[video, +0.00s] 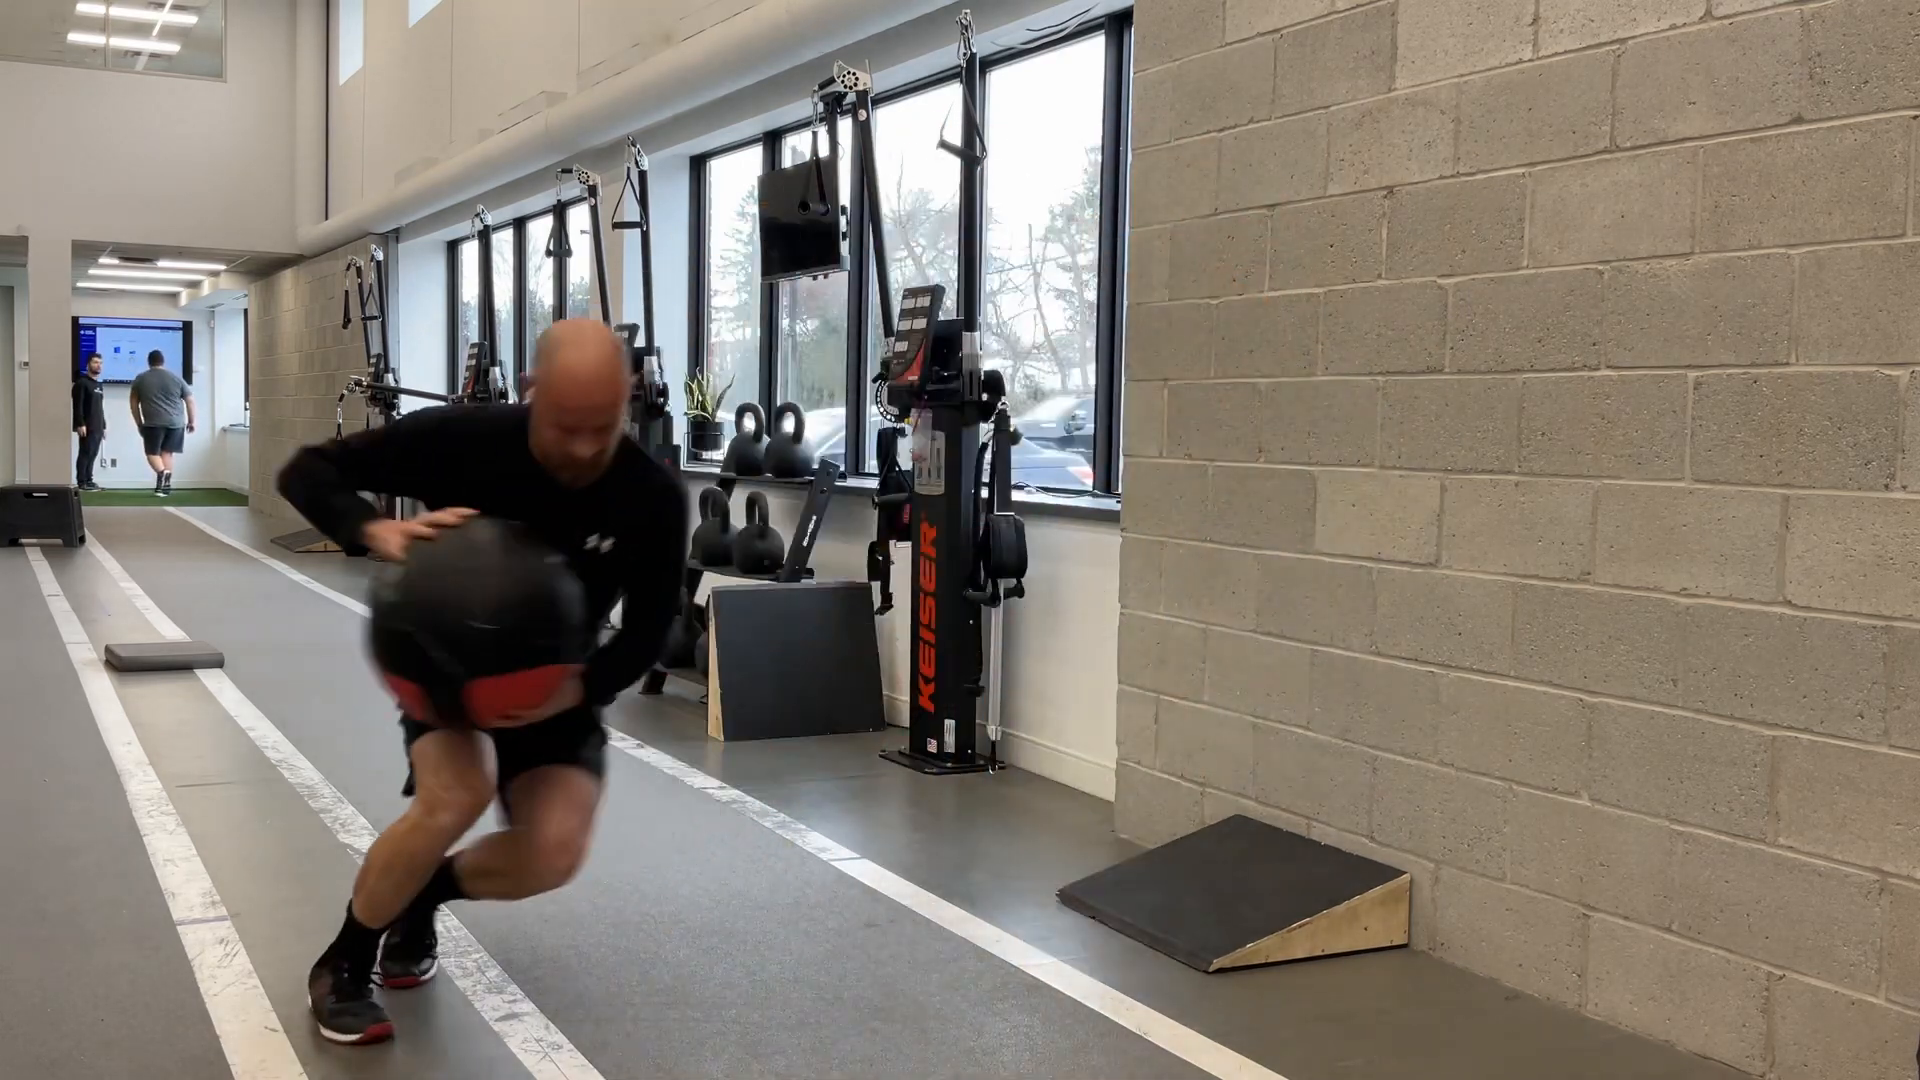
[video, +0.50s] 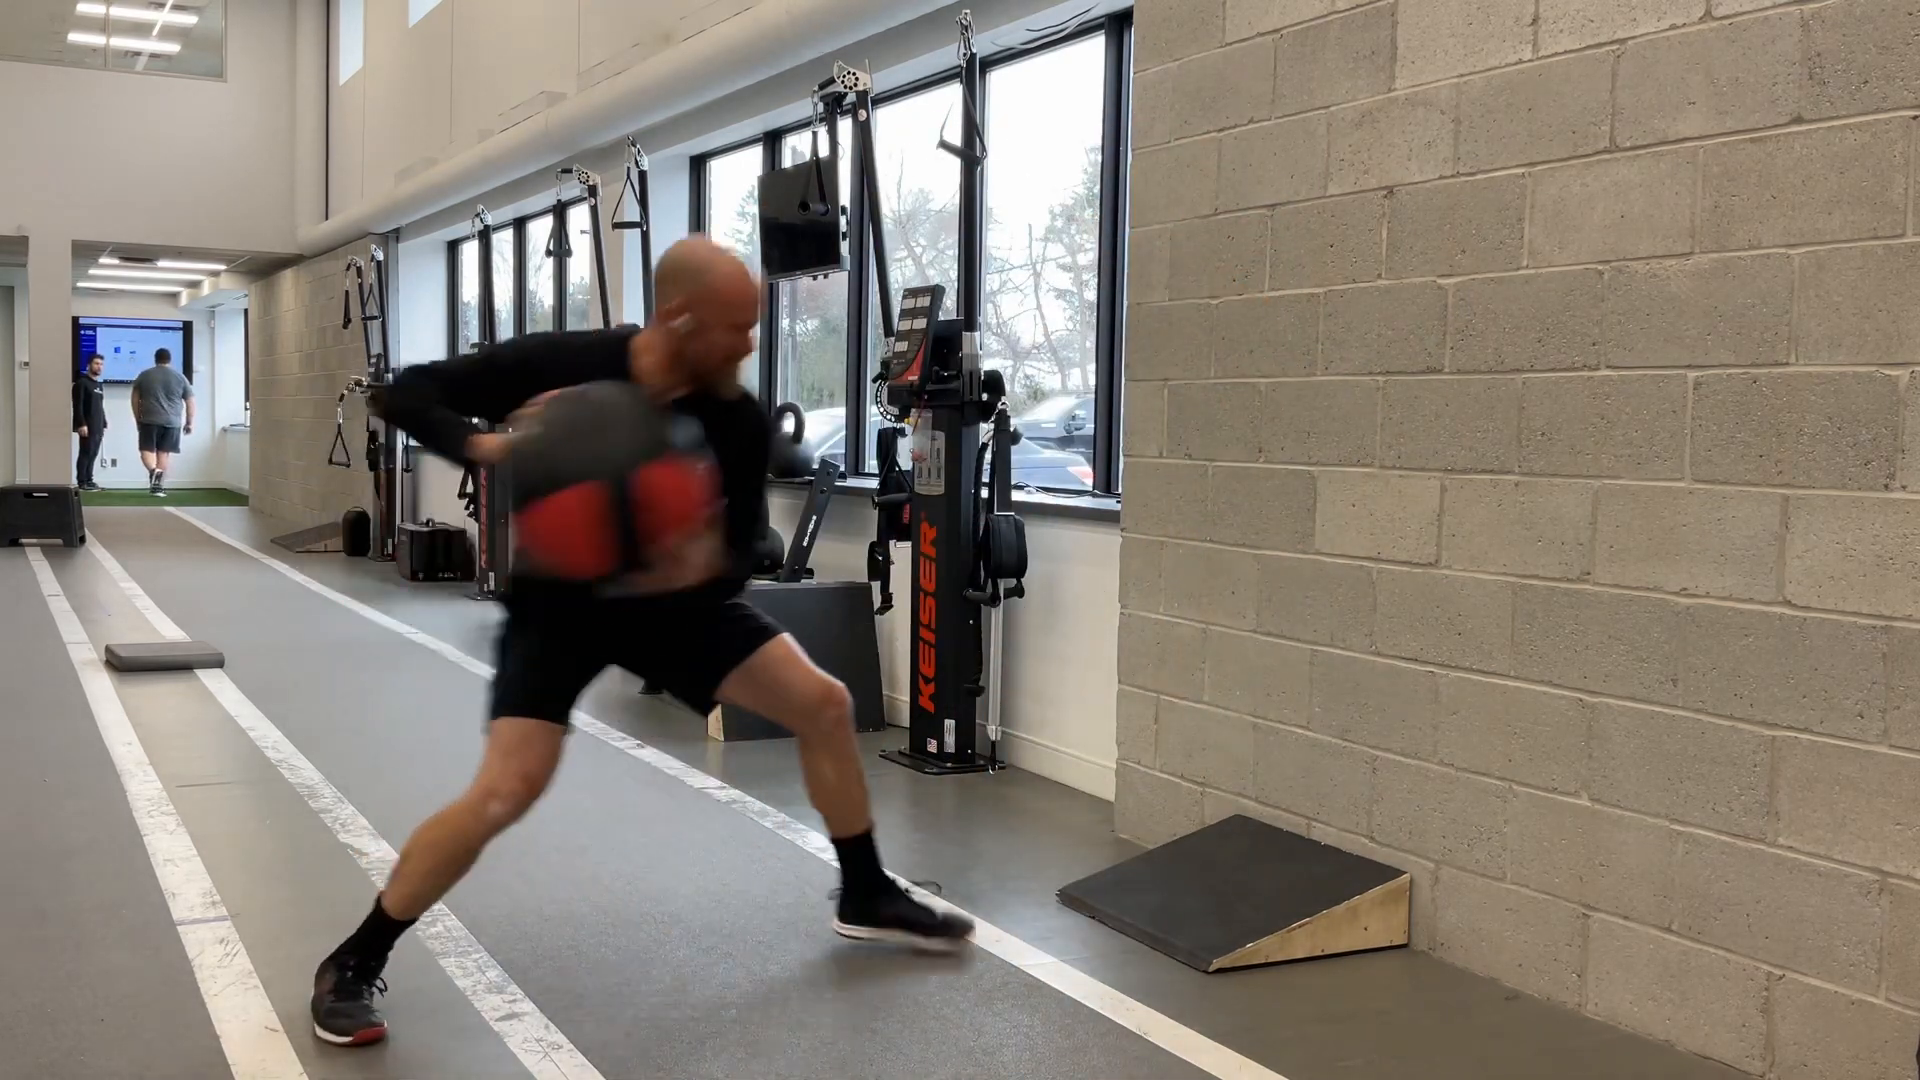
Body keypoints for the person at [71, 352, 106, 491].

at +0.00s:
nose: (98, 365)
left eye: (100, 363)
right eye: (95, 362)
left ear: (101, 365)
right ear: (88, 365)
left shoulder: (98, 385)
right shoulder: (81, 383)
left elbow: (99, 407)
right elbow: (78, 406)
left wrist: (103, 425)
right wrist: (80, 424)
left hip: (97, 425)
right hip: (87, 426)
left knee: (92, 454)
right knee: (85, 454)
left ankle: (89, 479)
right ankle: (82, 481)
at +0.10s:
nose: (98, 366)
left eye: (100, 363)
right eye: (95, 363)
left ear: (101, 366)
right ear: (88, 365)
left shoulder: (98, 385)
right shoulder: (81, 383)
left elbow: (99, 407)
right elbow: (78, 406)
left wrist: (103, 425)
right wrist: (80, 424)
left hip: (97, 425)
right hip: (87, 426)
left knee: (92, 454)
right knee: (85, 454)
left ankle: (89, 479)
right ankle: (82, 481)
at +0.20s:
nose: (98, 366)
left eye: (100, 364)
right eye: (95, 363)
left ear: (102, 367)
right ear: (89, 365)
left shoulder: (98, 385)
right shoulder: (81, 383)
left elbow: (99, 407)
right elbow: (78, 406)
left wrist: (104, 424)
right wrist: (81, 423)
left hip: (97, 425)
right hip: (87, 425)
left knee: (92, 454)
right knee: (85, 454)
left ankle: (89, 479)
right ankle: (82, 481)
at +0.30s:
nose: (99, 368)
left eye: (101, 365)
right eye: (96, 364)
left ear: (102, 367)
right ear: (89, 366)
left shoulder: (98, 385)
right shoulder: (81, 383)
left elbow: (99, 407)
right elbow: (78, 406)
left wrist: (104, 424)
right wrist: (81, 423)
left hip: (97, 425)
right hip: (87, 425)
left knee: (92, 454)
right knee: (85, 454)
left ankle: (89, 479)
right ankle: (82, 480)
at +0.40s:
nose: (99, 368)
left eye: (101, 365)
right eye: (96, 364)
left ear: (102, 367)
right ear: (89, 365)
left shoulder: (98, 385)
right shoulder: (81, 383)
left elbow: (99, 406)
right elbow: (78, 406)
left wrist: (104, 423)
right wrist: (81, 423)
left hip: (98, 425)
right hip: (87, 425)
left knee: (92, 454)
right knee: (85, 454)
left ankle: (89, 479)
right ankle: (82, 481)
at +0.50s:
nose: (99, 367)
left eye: (101, 364)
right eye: (96, 363)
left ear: (102, 367)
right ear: (89, 365)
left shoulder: (98, 385)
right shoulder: (81, 383)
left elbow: (99, 405)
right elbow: (78, 405)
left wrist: (104, 421)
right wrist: (81, 424)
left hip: (97, 424)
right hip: (87, 425)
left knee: (93, 454)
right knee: (85, 454)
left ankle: (89, 479)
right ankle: (82, 480)